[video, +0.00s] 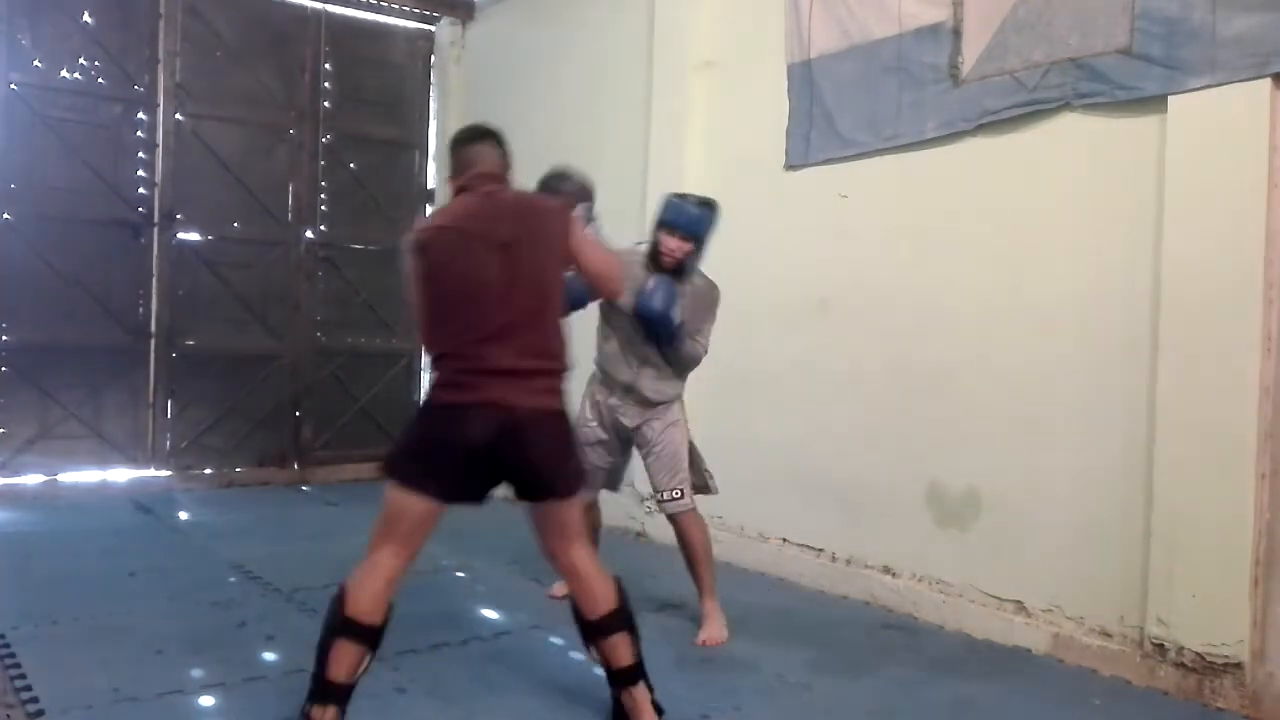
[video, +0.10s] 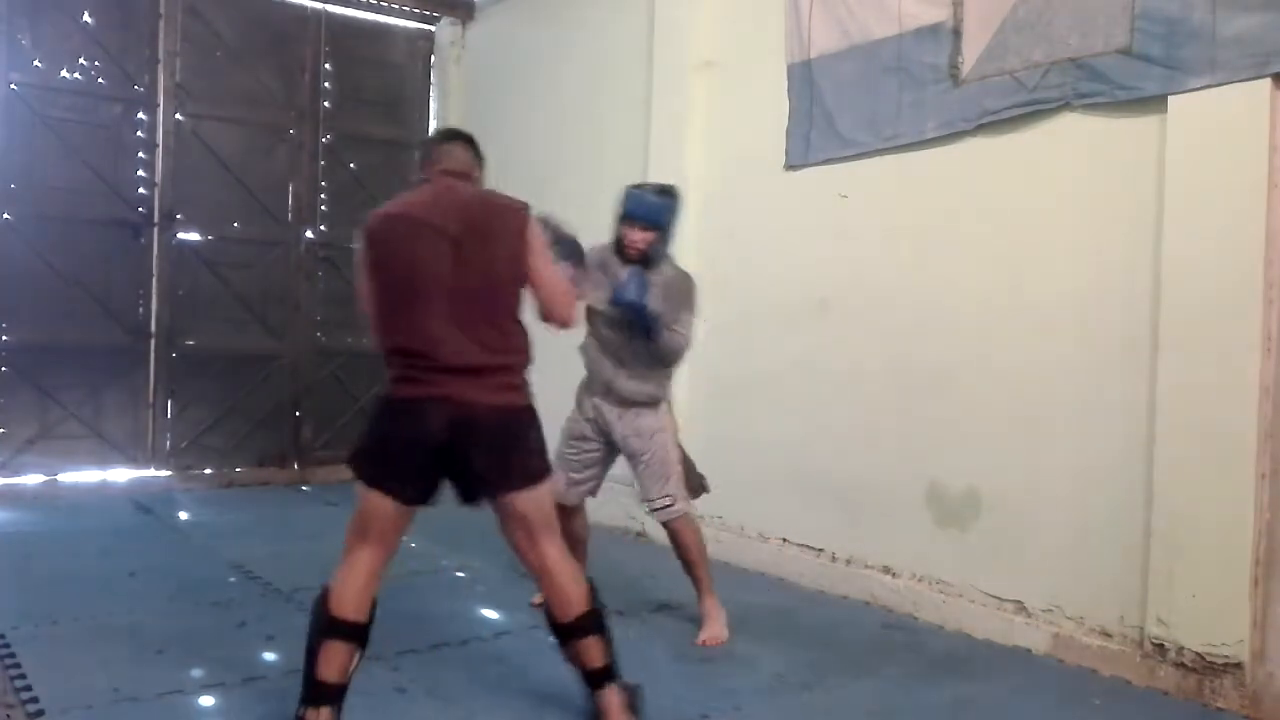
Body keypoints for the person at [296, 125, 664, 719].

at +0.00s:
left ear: (450, 176)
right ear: (509, 170)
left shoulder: (425, 234)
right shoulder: (550, 214)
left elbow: (428, 331)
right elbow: (611, 282)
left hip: (452, 423)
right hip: (538, 425)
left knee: (388, 555)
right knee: (575, 556)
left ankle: (323, 707)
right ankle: (639, 703)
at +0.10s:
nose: (455, 183)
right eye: (468, 176)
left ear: (422, 170)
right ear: (480, 174)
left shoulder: (379, 226)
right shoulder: (513, 217)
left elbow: (375, 317)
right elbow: (561, 312)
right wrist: (564, 276)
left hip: (409, 421)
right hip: (499, 422)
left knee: (366, 553)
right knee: (546, 551)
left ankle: (318, 708)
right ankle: (610, 697)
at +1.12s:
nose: (416, 198)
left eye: (422, 193)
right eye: (420, 191)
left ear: (375, 148)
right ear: (407, 169)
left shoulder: (291, 175)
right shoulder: (389, 206)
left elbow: (289, 258)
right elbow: (402, 303)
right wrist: (420, 249)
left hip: (273, 387)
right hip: (341, 395)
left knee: (306, 515)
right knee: (378, 544)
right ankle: (365, 704)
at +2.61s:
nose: (239, 171)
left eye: (241, 162)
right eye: (231, 161)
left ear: (205, 161)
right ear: (201, 157)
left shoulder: (191, 203)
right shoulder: (188, 204)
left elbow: (181, 276)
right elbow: (154, 273)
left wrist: (234, 295)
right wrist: (222, 298)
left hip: (173, 355)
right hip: (184, 358)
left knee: (179, 472)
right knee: (196, 474)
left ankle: (120, 578)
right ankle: (127, 590)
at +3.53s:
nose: (283, 211)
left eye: (284, 205)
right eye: (281, 204)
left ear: (248, 206)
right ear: (273, 205)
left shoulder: (232, 249)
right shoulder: (283, 238)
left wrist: (327, 277)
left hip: (264, 341)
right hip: (308, 322)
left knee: (268, 435)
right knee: (392, 351)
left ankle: (283, 528)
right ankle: (402, 275)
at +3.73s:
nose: (268, 249)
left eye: (263, 247)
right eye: (265, 246)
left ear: (233, 262)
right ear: (263, 248)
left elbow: (238, 356)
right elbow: (316, 260)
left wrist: (255, 380)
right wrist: (357, 285)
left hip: (272, 353)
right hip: (320, 334)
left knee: (284, 445)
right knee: (369, 393)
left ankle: (297, 542)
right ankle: (346, 407)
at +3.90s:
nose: (291, 232)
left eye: (289, 228)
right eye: (288, 228)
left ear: (254, 238)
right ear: (282, 230)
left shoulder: (239, 278)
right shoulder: (293, 240)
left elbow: (238, 336)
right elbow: (323, 261)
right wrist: (362, 291)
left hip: (270, 348)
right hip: (319, 337)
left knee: (284, 439)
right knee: (346, 418)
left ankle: (294, 538)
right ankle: (351, 509)